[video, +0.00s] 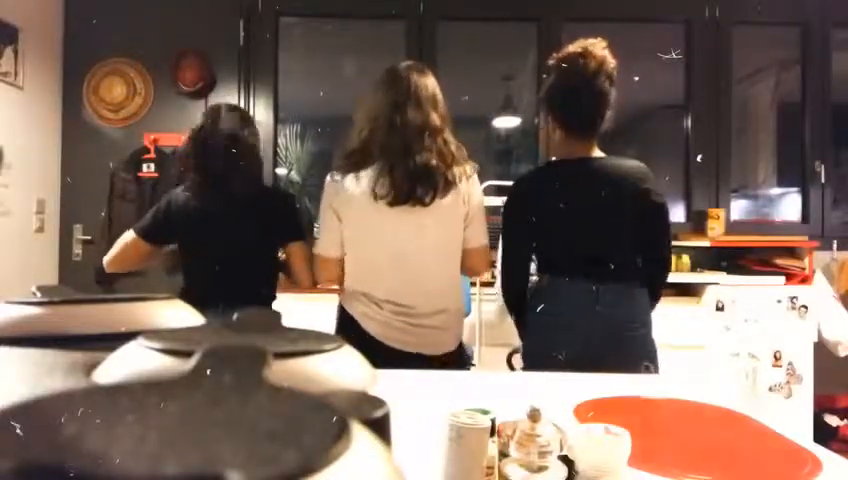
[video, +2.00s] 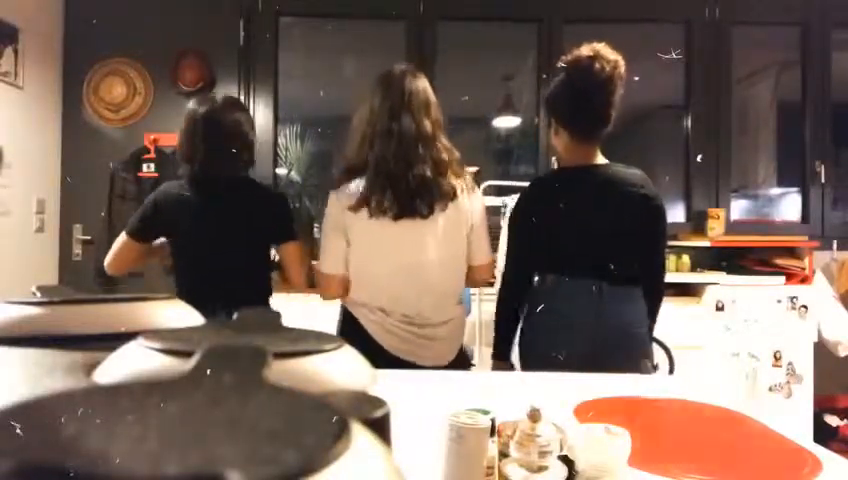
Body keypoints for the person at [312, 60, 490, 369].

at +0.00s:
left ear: (373, 113)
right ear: (438, 112)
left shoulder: (343, 183)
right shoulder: (463, 180)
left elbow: (327, 273)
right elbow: (478, 264)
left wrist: (374, 260)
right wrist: (433, 248)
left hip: (365, 349)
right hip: (440, 353)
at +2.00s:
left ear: (370, 123)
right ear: (433, 118)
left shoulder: (347, 199)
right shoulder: (465, 193)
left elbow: (331, 288)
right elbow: (483, 273)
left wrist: (371, 269)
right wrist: (435, 270)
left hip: (368, 357)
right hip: (442, 359)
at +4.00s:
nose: (371, 116)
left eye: (384, 108)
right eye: (367, 107)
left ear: (412, 118)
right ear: (361, 112)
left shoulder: (401, 167)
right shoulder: (419, 171)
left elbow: (412, 251)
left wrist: (371, 180)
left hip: (392, 316)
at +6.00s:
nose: (400, 130)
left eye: (411, 123)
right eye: (394, 121)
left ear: (431, 131)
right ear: (388, 128)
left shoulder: (431, 179)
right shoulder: (404, 180)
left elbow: (432, 259)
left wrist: (378, 213)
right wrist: (361, 218)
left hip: (413, 304)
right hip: (390, 299)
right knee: (389, 401)